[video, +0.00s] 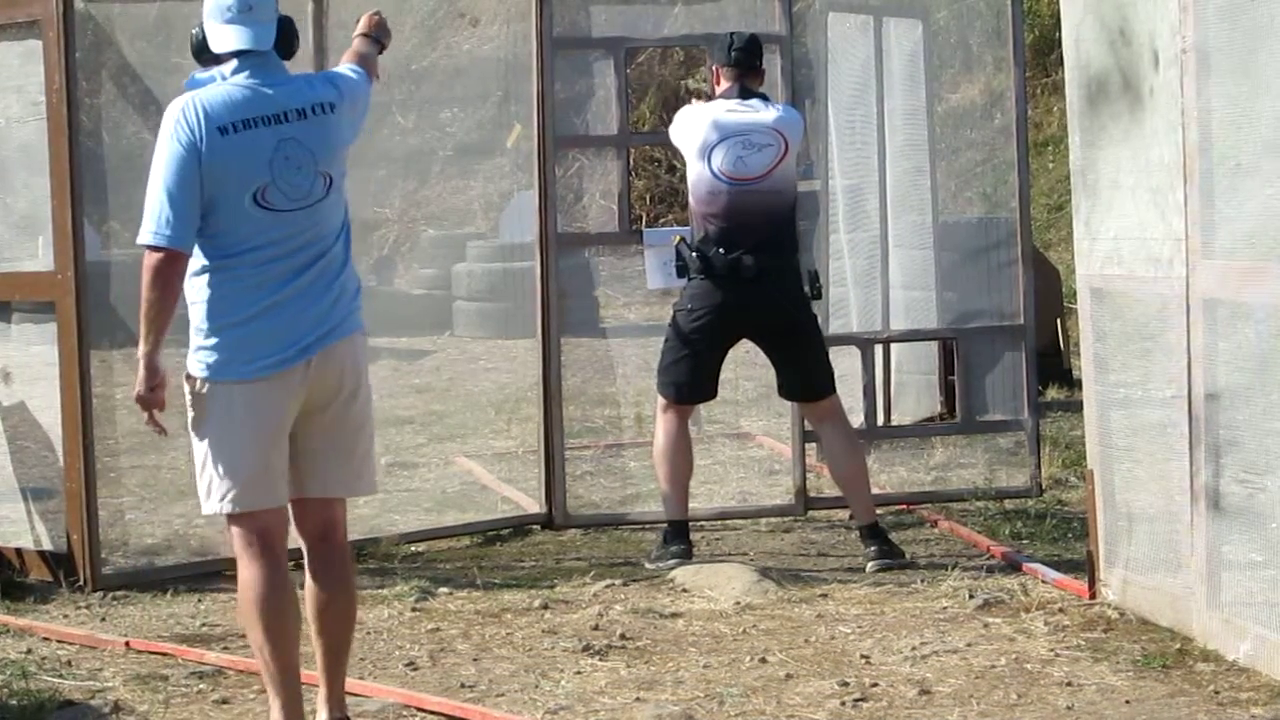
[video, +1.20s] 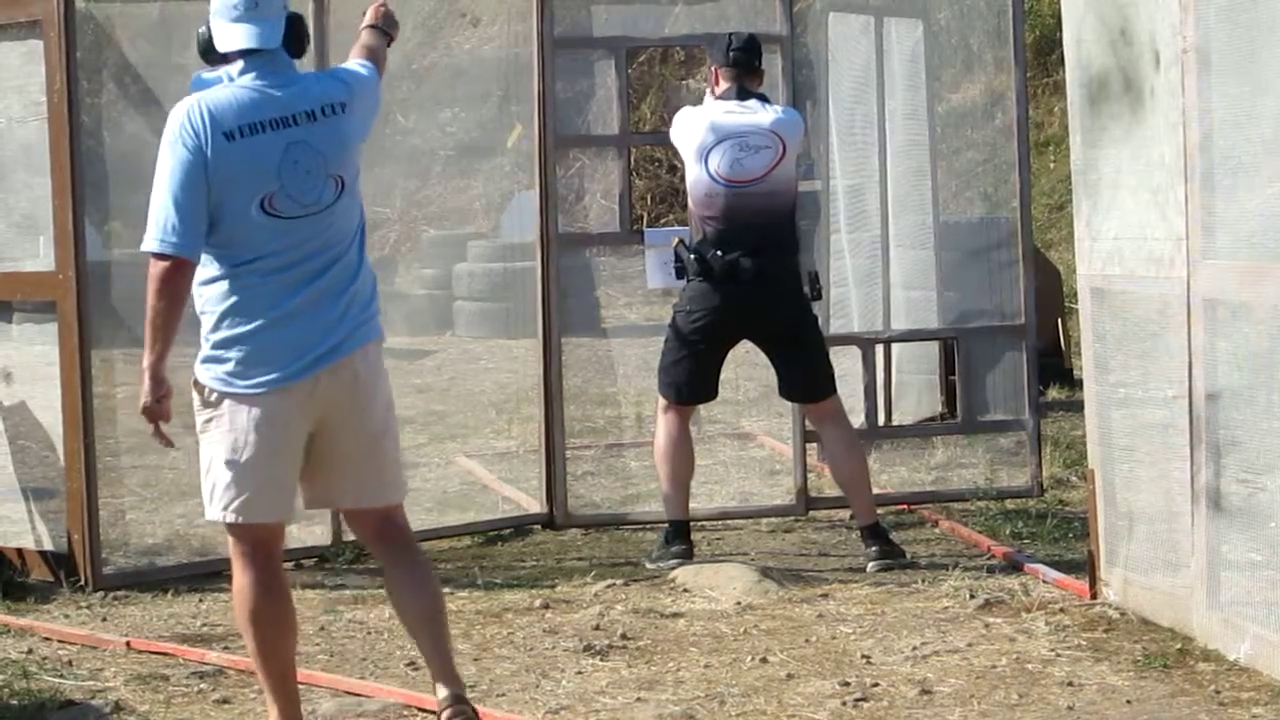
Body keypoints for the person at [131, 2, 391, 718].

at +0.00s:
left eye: (207, 47)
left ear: (207, 49)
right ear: (281, 40)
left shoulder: (191, 115)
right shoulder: (326, 98)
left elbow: (165, 252)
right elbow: (361, 68)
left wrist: (148, 354)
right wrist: (371, 34)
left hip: (238, 357)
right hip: (334, 340)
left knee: (257, 545)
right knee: (327, 533)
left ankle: (288, 711)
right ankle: (334, 704)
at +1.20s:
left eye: (212, 44)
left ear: (212, 48)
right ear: (288, 38)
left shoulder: (196, 119)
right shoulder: (339, 97)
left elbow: (173, 260)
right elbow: (366, 63)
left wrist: (154, 367)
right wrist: (375, 30)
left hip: (250, 372)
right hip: (351, 353)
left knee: (257, 552)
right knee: (389, 529)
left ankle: (286, 709)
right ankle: (452, 691)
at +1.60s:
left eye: (303, 50)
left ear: (303, 53)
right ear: (383, 42)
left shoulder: (294, 125)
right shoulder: (433, 99)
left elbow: (272, 270)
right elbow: (442, 61)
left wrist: (253, 377)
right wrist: (444, 29)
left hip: (330, 367)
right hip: (434, 356)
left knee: (296, 550)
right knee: (443, 546)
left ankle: (290, 709)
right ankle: (472, 710)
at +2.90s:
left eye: (368, 42)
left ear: (370, 46)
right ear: (452, 36)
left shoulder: (348, 118)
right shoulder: (508, 99)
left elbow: (312, 270)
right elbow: (542, 65)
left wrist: (291, 380)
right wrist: (555, 29)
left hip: (393, 386)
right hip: (504, 370)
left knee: (395, 581)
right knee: (510, 552)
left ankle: (412, 714)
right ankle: (559, 709)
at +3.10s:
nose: (403, 66)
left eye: (405, 52)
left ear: (413, 52)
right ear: (496, 46)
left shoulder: (395, 122)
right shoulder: (548, 102)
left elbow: (364, 275)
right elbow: (558, 73)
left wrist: (340, 388)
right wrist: (553, 38)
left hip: (435, 394)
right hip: (546, 379)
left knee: (412, 586)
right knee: (567, 578)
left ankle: (416, 713)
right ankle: (629, 713)